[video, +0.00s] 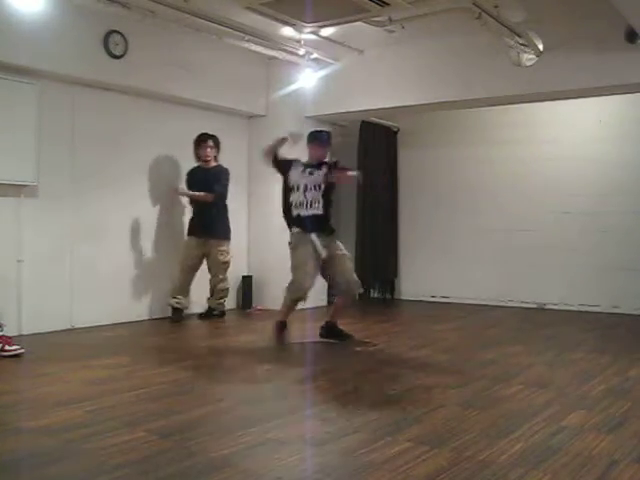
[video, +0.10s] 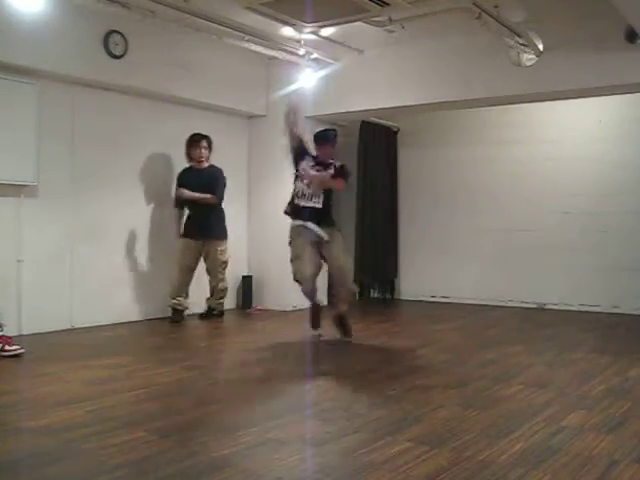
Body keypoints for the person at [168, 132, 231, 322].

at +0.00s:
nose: (207, 151)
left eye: (211, 147)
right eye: (203, 147)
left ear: (216, 151)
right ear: (196, 151)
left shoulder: (222, 172)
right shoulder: (192, 173)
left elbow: (216, 197)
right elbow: (194, 200)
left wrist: (189, 194)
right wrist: (195, 204)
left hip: (218, 230)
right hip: (197, 228)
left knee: (219, 272)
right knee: (186, 270)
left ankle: (217, 306)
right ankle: (178, 306)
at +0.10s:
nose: (202, 152)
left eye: (205, 148)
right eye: (197, 148)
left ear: (209, 151)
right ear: (189, 151)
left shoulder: (217, 173)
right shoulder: (184, 174)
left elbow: (216, 199)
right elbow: (179, 204)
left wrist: (188, 195)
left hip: (215, 230)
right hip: (192, 228)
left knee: (217, 272)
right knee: (184, 270)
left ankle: (216, 306)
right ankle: (178, 307)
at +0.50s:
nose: (204, 151)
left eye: (206, 147)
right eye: (199, 148)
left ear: (208, 149)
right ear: (189, 152)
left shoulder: (213, 173)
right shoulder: (183, 176)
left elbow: (227, 198)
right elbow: (170, 204)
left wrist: (241, 217)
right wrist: (165, 229)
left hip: (216, 233)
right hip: (192, 235)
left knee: (221, 270)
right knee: (185, 273)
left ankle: (225, 305)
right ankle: (178, 307)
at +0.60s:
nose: (214, 152)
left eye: (215, 149)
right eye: (210, 149)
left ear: (215, 151)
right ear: (199, 152)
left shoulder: (217, 174)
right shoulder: (190, 175)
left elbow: (234, 194)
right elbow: (177, 200)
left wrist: (252, 207)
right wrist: (183, 223)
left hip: (219, 234)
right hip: (197, 235)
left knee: (223, 272)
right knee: (188, 274)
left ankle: (226, 306)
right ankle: (179, 308)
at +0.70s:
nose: (223, 154)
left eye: (224, 150)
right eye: (220, 150)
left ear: (222, 153)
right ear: (209, 153)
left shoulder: (225, 175)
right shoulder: (199, 174)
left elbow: (244, 188)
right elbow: (188, 194)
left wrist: (271, 193)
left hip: (225, 234)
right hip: (204, 236)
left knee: (228, 273)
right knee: (194, 273)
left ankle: (227, 307)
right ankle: (179, 307)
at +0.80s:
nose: (232, 158)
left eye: (233, 154)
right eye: (230, 154)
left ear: (229, 155)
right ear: (220, 154)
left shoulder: (236, 174)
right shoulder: (209, 173)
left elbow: (253, 171)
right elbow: (206, 174)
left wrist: (271, 162)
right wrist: (216, 168)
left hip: (233, 231)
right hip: (215, 232)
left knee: (232, 272)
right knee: (206, 269)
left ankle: (228, 307)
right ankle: (183, 306)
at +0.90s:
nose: (241, 160)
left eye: (242, 157)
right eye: (239, 157)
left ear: (240, 157)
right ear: (231, 155)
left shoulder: (239, 168)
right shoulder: (218, 169)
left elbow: (249, 160)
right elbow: (217, 152)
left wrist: (260, 138)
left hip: (238, 223)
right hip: (223, 223)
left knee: (237, 266)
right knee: (224, 263)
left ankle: (228, 304)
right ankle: (197, 300)